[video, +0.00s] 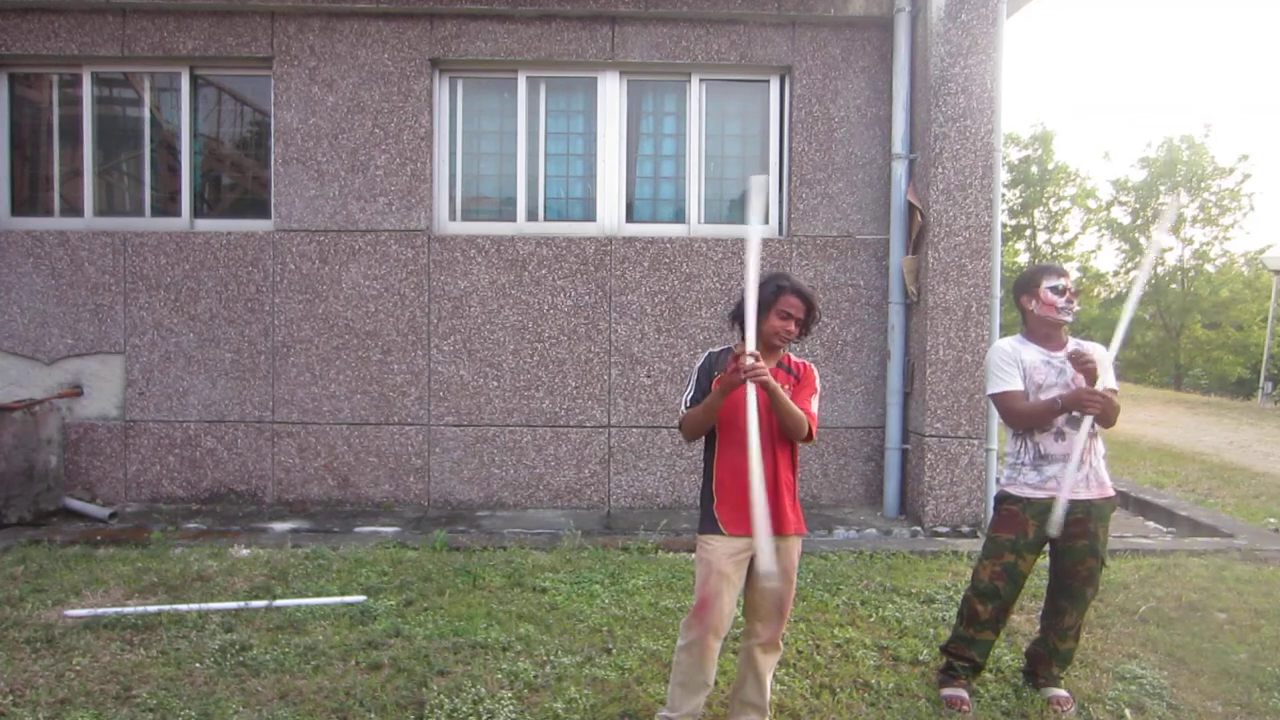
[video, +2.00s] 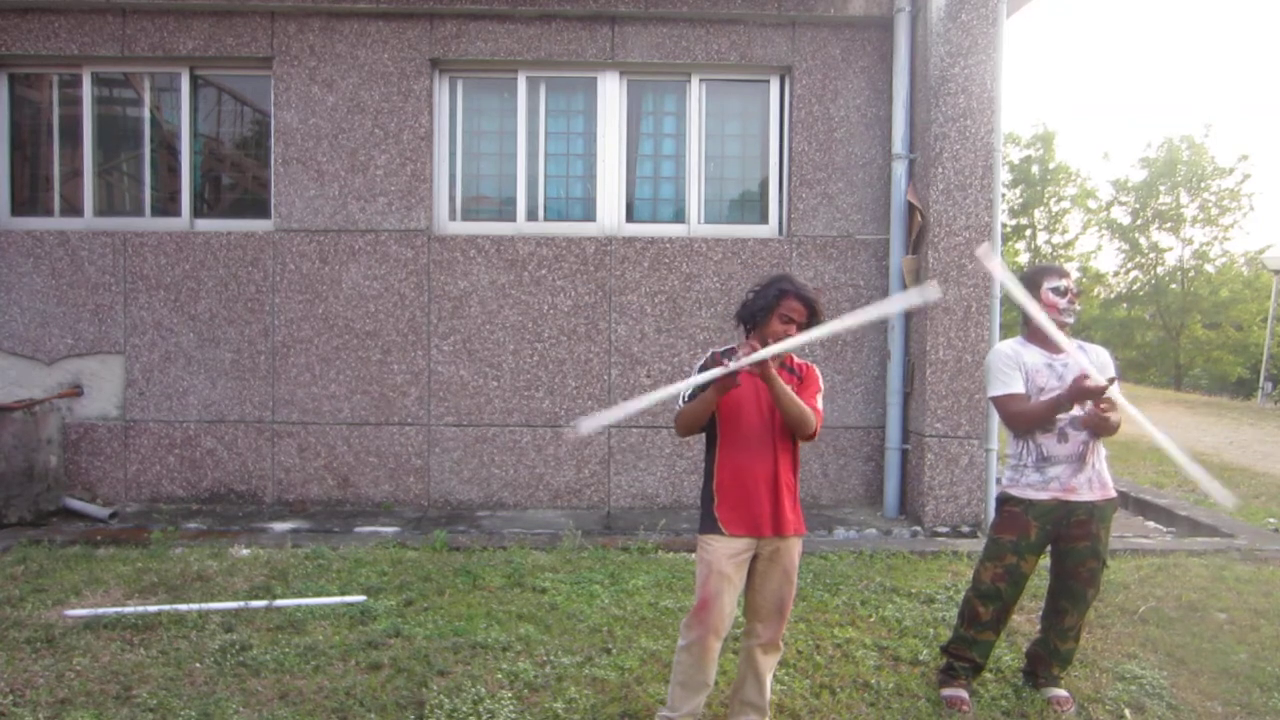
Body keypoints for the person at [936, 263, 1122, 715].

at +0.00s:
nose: (1069, 298)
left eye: (1072, 292)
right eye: (1057, 290)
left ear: (1075, 304)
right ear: (1027, 301)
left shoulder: (1094, 355)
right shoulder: (1005, 352)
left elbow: (1109, 417)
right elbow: (1016, 416)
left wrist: (1092, 379)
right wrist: (1067, 401)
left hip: (1087, 495)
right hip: (1026, 492)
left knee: (1075, 593)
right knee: (992, 584)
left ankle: (1045, 671)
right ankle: (956, 674)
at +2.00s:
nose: (1071, 300)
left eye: (1074, 293)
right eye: (1059, 291)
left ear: (1076, 304)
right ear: (1029, 300)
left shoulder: (1094, 356)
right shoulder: (1006, 355)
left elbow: (1110, 420)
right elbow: (1018, 421)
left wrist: (1103, 421)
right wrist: (1071, 396)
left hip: (1089, 497)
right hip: (1028, 496)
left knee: (1076, 594)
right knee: (994, 585)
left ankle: (1045, 671)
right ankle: (957, 674)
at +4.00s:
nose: (1060, 298)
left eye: (1068, 292)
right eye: (1048, 291)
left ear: (1077, 304)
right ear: (1025, 304)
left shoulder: (1095, 355)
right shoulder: (1008, 355)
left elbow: (1112, 423)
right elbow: (1021, 420)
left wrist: (1099, 393)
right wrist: (1078, 399)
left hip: (1094, 499)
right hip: (1032, 496)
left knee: (1078, 597)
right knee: (997, 586)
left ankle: (1045, 673)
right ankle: (958, 673)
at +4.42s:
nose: (1073, 298)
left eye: (1077, 292)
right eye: (1062, 289)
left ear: (1080, 306)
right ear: (1031, 300)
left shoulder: (1095, 355)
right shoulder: (1008, 355)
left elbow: (1113, 423)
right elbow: (1020, 421)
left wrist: (1113, 384)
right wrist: (1067, 389)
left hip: (1093, 500)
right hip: (1032, 498)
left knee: (1077, 599)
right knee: (996, 588)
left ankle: (1046, 673)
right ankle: (957, 675)